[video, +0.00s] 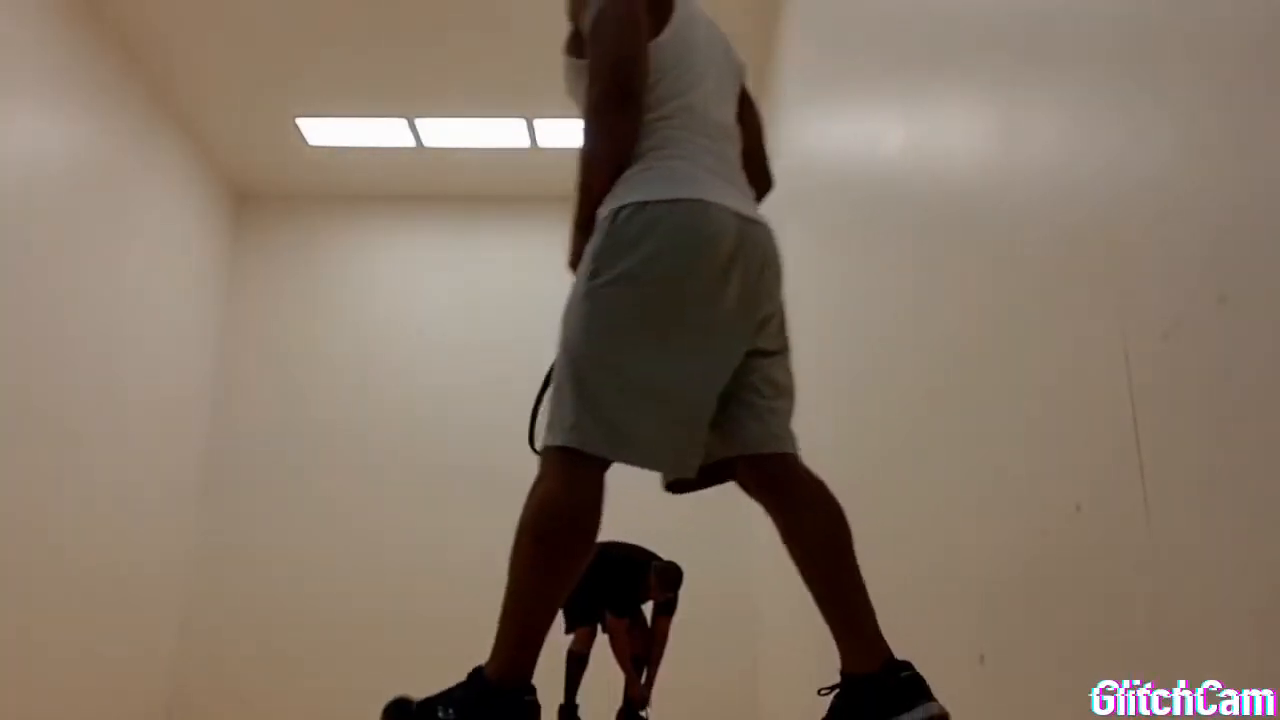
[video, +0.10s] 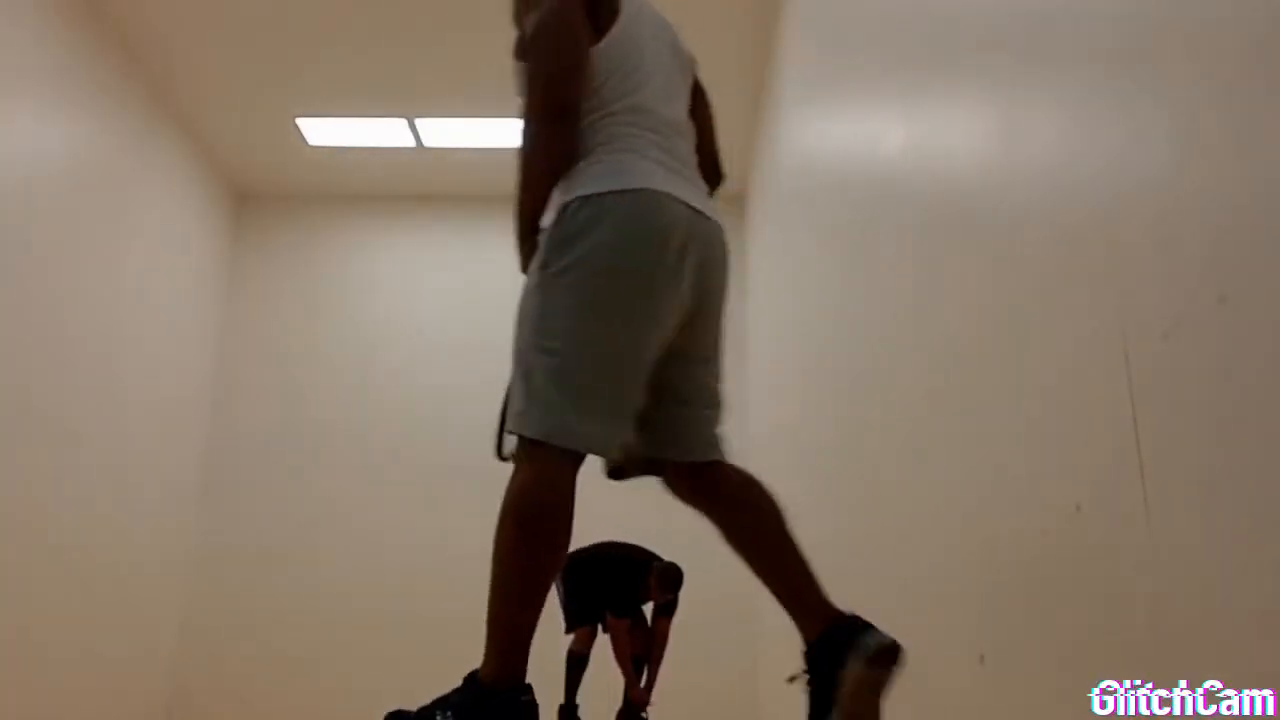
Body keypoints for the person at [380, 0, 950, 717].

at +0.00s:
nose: (574, 39)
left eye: (577, 24)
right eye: (573, 34)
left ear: (604, 1)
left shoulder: (615, 1)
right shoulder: (713, 43)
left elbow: (615, 106)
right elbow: (756, 172)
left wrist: (585, 236)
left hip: (653, 223)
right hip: (745, 238)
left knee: (573, 453)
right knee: (769, 461)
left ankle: (503, 683)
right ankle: (875, 673)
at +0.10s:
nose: (516, 33)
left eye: (522, 19)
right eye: (517, 25)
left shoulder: (556, 11)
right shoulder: (668, 42)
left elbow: (552, 128)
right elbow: (707, 169)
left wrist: (531, 238)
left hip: (611, 216)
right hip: (697, 233)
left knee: (545, 451)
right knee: (692, 461)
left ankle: (499, 685)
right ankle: (830, 636)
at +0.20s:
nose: (470, 19)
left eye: (474, 11)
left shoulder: (505, 6)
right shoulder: (624, 33)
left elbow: (501, 106)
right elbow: (672, 160)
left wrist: (483, 213)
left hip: (570, 215)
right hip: (657, 231)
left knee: (526, 453)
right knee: (614, 454)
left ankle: (499, 685)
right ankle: (753, 604)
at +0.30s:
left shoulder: (471, 3)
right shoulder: (595, 29)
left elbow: (465, 98)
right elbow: (638, 157)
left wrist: (446, 208)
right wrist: (542, 191)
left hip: (536, 216)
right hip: (622, 227)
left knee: (509, 452)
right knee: (565, 452)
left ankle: (496, 686)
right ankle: (653, 621)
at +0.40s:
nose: (415, 17)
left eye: (419, 11)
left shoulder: (454, 4)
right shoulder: (567, 32)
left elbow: (442, 96)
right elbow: (602, 166)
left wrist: (404, 204)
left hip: (504, 222)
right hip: (587, 233)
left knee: (488, 463)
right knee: (523, 462)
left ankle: (494, 684)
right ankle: (544, 668)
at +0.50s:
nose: (392, 33)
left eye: (396, 20)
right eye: (392, 27)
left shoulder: (433, 3)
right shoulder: (539, 42)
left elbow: (421, 91)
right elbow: (574, 174)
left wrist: (361, 197)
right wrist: (476, 200)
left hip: (472, 225)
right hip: (551, 239)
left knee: (473, 461)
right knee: (482, 467)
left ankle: (496, 687)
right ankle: (433, 675)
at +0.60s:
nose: (369, 33)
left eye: (371, 21)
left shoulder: (404, 6)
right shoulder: (511, 54)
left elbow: (399, 90)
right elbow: (550, 188)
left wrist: (323, 202)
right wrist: (458, 223)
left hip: (440, 235)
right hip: (516, 251)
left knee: (455, 456)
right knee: (414, 469)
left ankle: (495, 683)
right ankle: (342, 669)